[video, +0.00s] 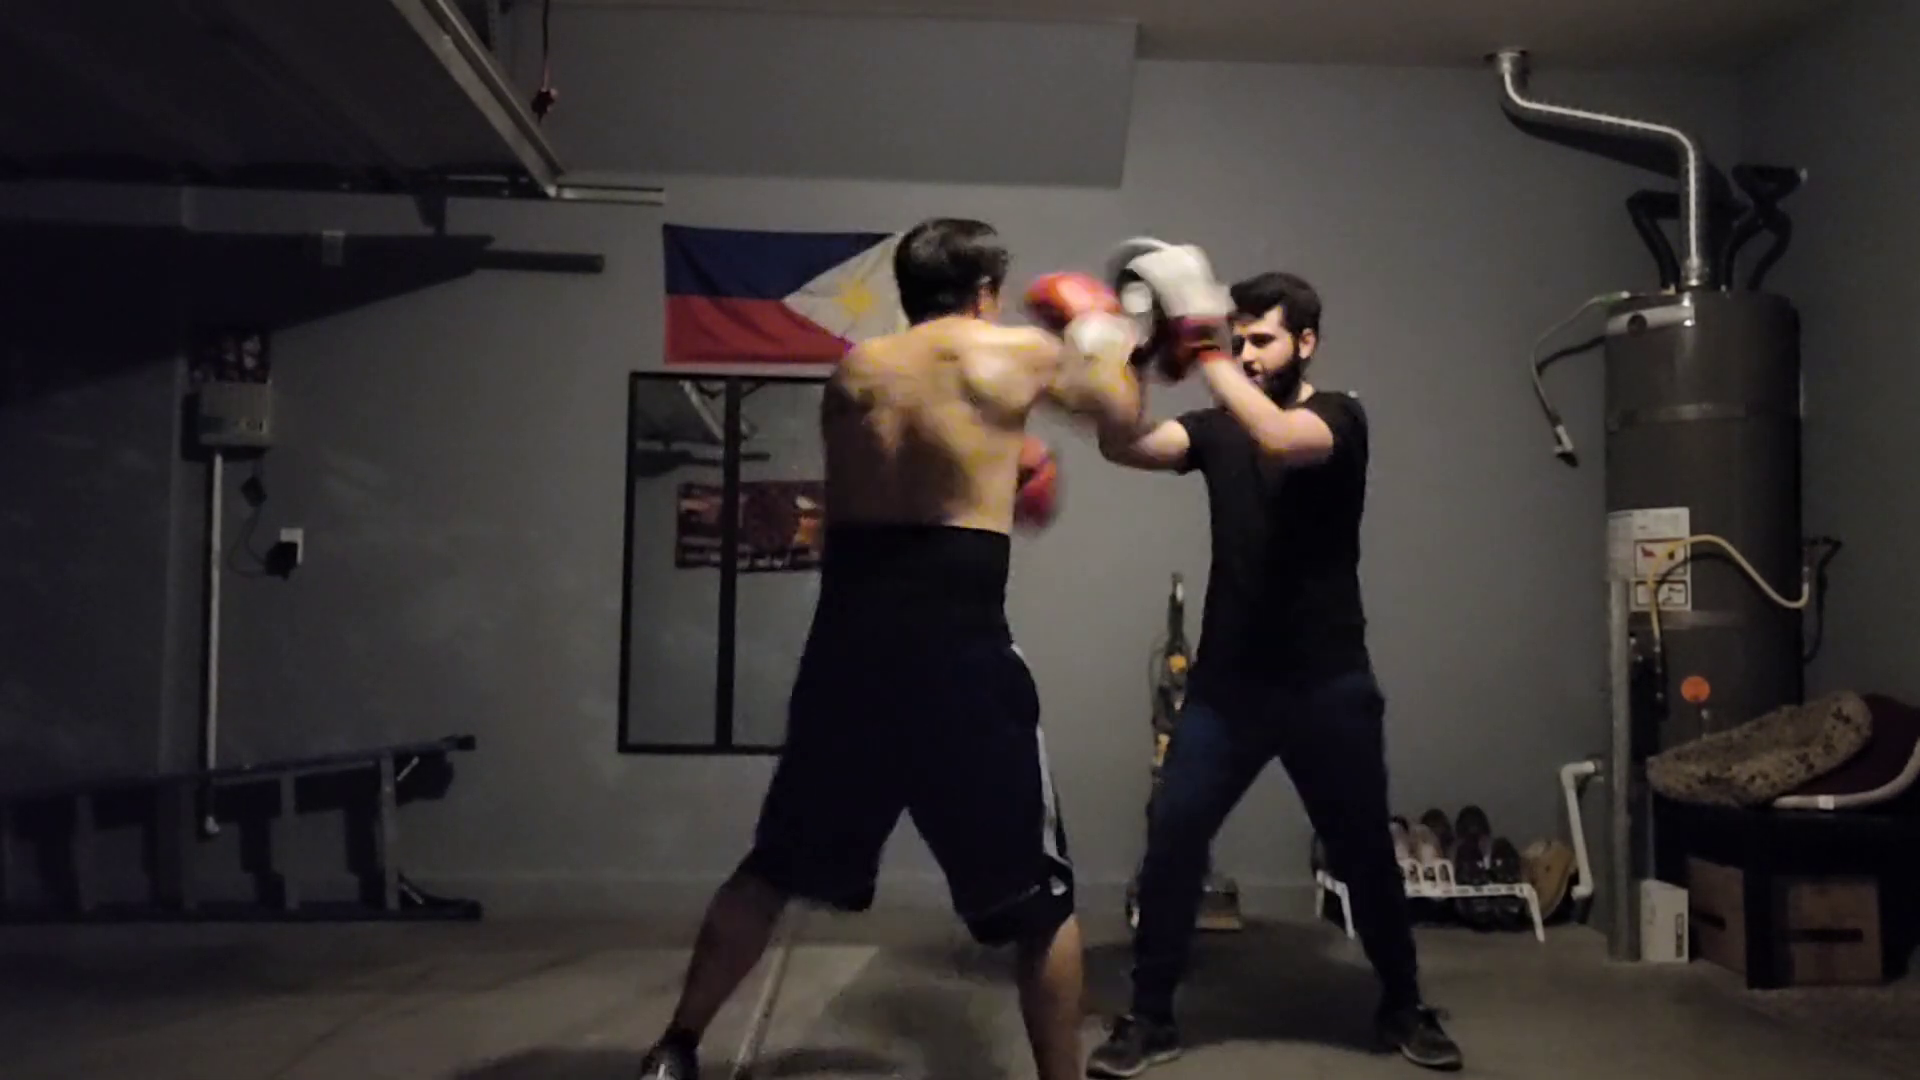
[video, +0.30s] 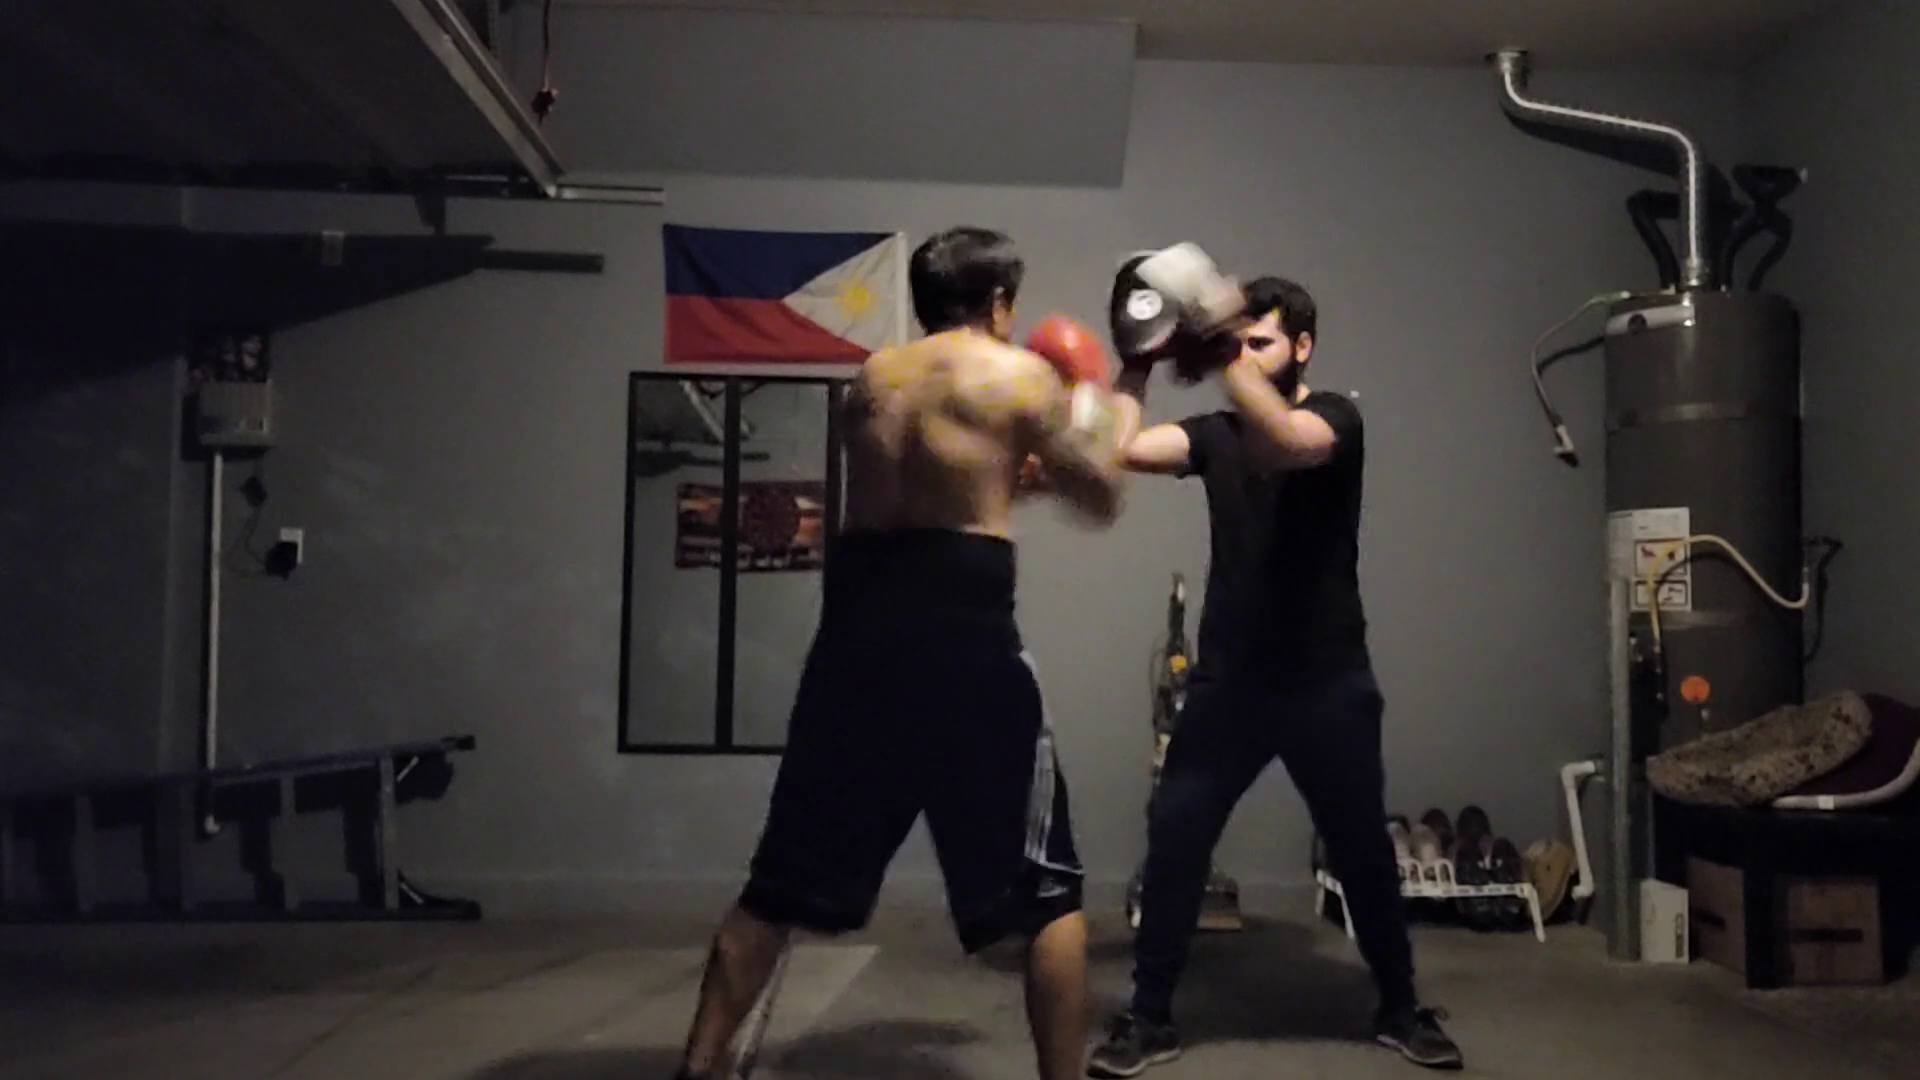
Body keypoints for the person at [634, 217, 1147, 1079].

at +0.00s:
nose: (1003, 300)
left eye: (998, 289)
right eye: (1001, 289)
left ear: (910, 290)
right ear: (985, 293)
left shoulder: (852, 370)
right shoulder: (1020, 352)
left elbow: (872, 496)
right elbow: (1124, 408)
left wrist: (1005, 482)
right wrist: (1102, 337)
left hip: (848, 651)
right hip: (958, 653)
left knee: (775, 861)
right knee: (1041, 890)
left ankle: (676, 1047)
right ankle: (1063, 1070)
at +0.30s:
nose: (1016, 311)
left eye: (1012, 299)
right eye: (1014, 299)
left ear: (922, 300)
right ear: (1000, 303)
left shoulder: (867, 377)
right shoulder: (1019, 375)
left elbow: (925, 479)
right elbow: (1102, 492)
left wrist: (1026, 453)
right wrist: (1118, 395)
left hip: (857, 644)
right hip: (967, 647)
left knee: (782, 875)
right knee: (1047, 885)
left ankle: (701, 1064)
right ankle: (1066, 1068)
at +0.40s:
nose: (1031, 306)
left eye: (1026, 294)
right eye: (1029, 295)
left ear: (939, 300)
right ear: (1016, 301)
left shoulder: (872, 381)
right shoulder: (1046, 365)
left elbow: (847, 519)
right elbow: (1147, 398)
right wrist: (1132, 336)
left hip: (867, 649)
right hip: (976, 653)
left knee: (790, 861)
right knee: (1052, 888)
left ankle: (694, 1043)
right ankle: (1070, 1071)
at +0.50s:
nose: (1038, 301)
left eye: (1034, 289)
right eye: (1035, 289)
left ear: (942, 291)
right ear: (1021, 293)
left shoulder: (881, 366)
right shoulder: (1053, 366)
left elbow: (892, 476)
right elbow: (1137, 462)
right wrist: (1132, 374)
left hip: (863, 627)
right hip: (972, 635)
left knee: (789, 853)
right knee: (1046, 883)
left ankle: (696, 1046)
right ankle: (1070, 1070)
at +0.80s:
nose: (1015, 293)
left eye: (1011, 282)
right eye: (1013, 281)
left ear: (916, 292)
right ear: (1000, 287)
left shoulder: (864, 366)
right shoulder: (1037, 349)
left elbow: (842, 505)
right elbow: (1141, 380)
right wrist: (1123, 334)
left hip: (872, 633)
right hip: (986, 635)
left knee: (790, 863)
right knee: (1049, 878)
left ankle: (728, 1058)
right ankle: (1075, 1069)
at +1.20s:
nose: (1081, 310)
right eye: (1076, 300)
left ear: (979, 308)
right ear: (1068, 307)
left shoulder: (930, 386)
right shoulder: (1109, 386)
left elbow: (867, 538)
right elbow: (1190, 495)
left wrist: (945, 536)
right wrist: (1114, 393)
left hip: (944, 656)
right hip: (1064, 655)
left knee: (875, 884)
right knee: (1085, 867)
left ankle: (846, 1067)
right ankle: (1165, 1056)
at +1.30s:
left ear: (1018, 315)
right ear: (1102, 310)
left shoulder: (983, 388)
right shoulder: (1157, 404)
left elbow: (902, 529)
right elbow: (1216, 560)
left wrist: (990, 556)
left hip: (1009, 660)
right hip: (1118, 666)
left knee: (909, 895)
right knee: (1119, 889)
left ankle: (859, 1068)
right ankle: (1172, 1066)